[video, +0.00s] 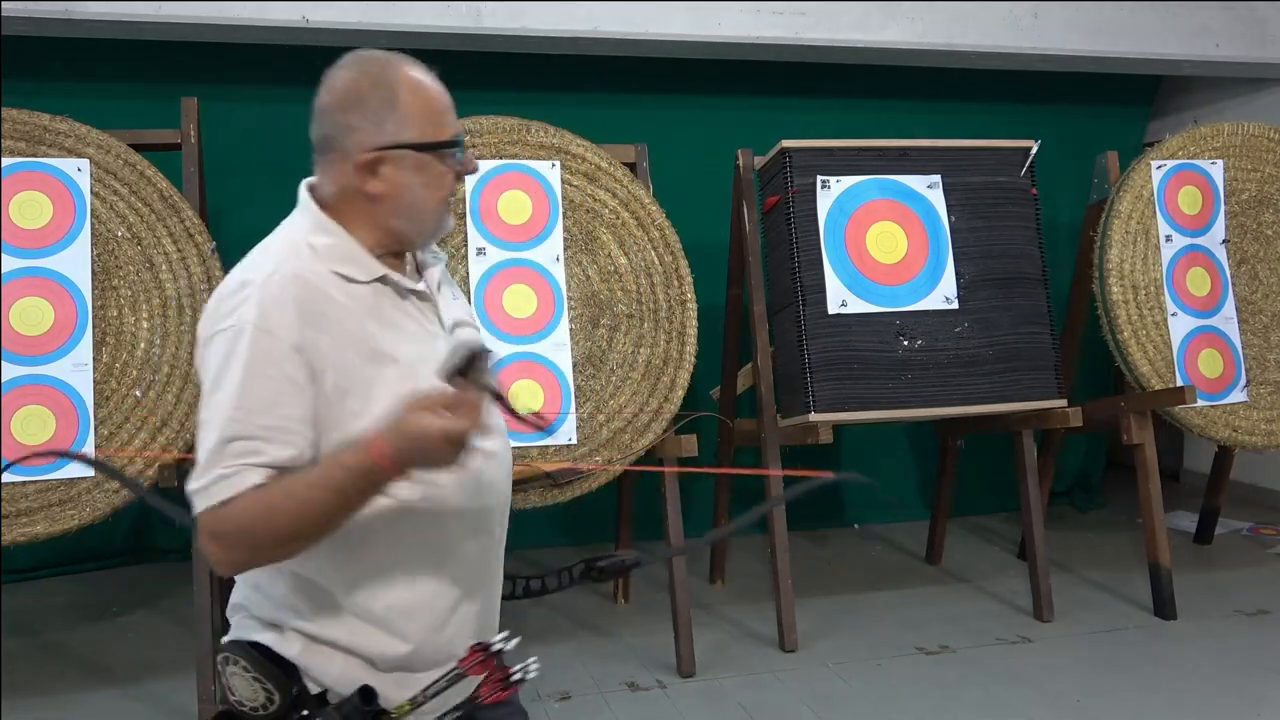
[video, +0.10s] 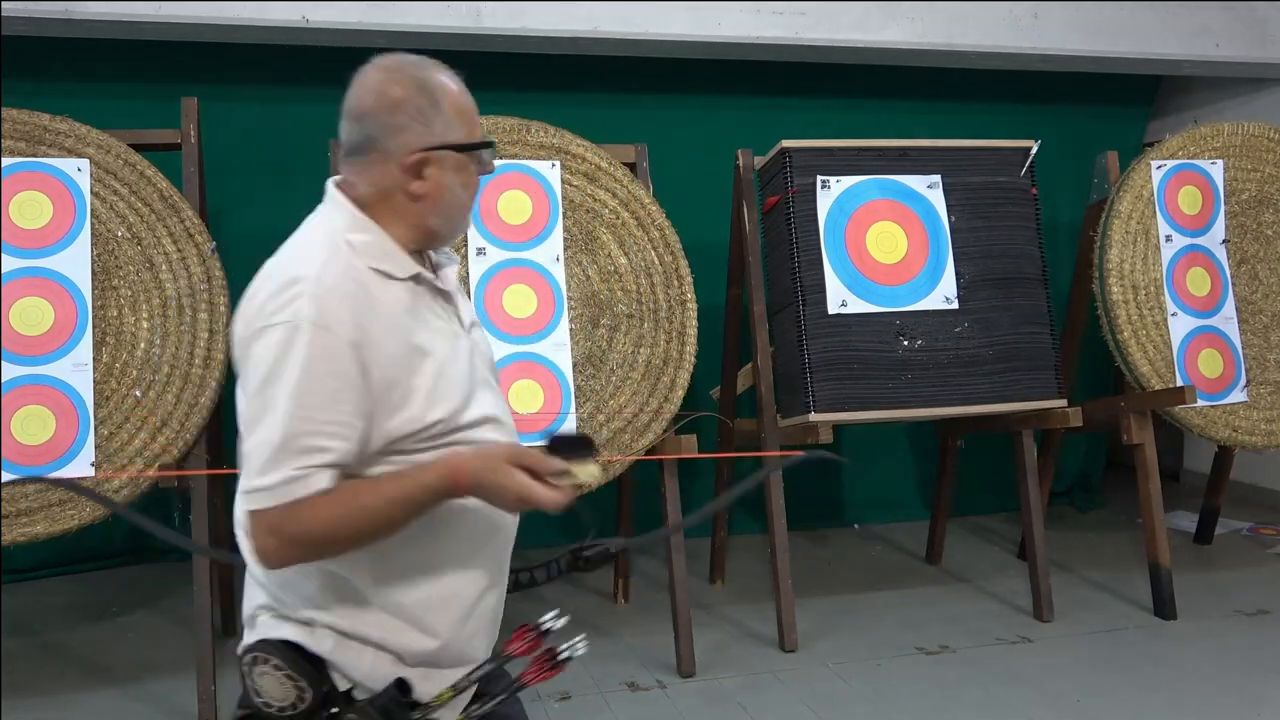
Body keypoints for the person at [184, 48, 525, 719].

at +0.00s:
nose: (463, 171)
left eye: (459, 150)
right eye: (446, 152)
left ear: (375, 174)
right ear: (372, 171)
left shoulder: (419, 268)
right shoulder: (268, 297)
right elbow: (226, 537)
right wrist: (388, 449)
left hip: (458, 660)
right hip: (324, 685)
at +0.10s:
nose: (486, 173)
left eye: (484, 156)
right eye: (478, 156)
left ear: (417, 176)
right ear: (420, 174)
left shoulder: (416, 263)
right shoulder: (310, 291)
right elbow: (275, 531)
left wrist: (516, 456)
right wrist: (458, 475)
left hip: (450, 660)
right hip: (347, 680)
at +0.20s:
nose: (504, 186)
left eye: (505, 167)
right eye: (500, 167)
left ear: (447, 174)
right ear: (453, 174)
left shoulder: (403, 264)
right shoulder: (364, 294)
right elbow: (343, 522)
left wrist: (540, 460)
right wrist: (513, 473)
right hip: (371, 670)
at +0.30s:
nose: (522, 191)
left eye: (525, 171)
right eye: (521, 171)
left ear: (415, 162)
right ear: (482, 177)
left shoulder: (395, 250)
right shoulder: (414, 290)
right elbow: (410, 513)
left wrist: (560, 452)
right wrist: (555, 457)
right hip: (405, 656)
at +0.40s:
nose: (544, 194)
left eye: (545, 175)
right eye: (544, 176)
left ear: (437, 166)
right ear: (515, 179)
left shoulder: (398, 252)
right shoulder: (465, 287)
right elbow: (472, 502)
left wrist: (581, 442)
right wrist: (591, 445)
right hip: (453, 651)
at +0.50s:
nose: (563, 196)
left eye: (564, 178)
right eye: (563, 179)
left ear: (463, 173)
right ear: (540, 181)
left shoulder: (405, 267)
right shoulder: (511, 277)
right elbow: (536, 479)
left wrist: (602, 439)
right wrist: (625, 438)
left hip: (417, 608)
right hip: (497, 628)